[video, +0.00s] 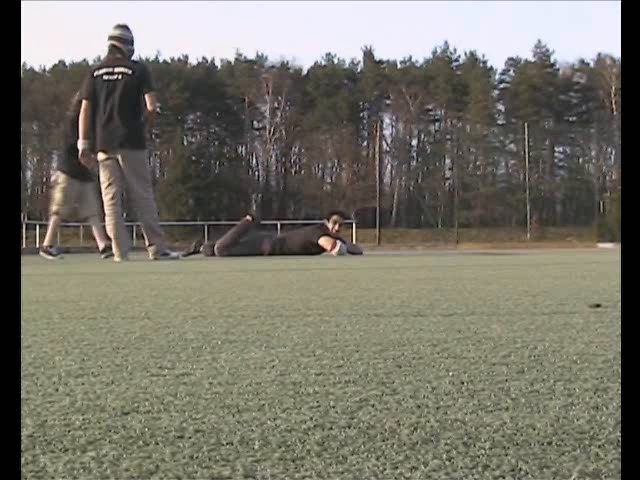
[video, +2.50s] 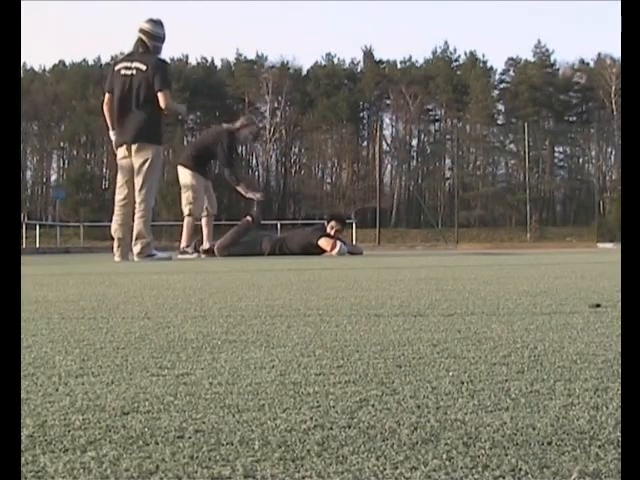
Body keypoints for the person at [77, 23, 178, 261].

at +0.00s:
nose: (132, 51)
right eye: (131, 47)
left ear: (109, 44)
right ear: (130, 46)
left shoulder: (94, 72)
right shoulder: (139, 69)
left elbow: (85, 109)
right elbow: (152, 107)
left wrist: (82, 143)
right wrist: (146, 121)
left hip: (102, 142)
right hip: (132, 141)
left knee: (110, 197)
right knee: (142, 193)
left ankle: (119, 251)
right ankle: (157, 245)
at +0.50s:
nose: (134, 49)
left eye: (132, 45)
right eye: (133, 45)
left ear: (111, 44)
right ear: (130, 45)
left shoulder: (94, 72)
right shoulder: (138, 69)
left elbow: (83, 109)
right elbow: (151, 104)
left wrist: (81, 141)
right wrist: (164, 137)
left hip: (102, 142)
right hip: (132, 142)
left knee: (110, 199)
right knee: (143, 194)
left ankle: (119, 253)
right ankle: (157, 246)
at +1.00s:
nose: (141, 48)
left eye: (141, 43)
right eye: (139, 43)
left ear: (118, 43)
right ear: (131, 43)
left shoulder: (100, 69)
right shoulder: (132, 65)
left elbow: (90, 108)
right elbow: (135, 101)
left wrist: (95, 138)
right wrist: (152, 134)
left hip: (106, 141)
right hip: (132, 139)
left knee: (114, 198)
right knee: (146, 191)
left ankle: (119, 250)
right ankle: (149, 245)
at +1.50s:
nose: (151, 46)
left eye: (151, 42)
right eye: (149, 42)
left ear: (128, 40)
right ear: (141, 42)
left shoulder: (113, 64)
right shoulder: (137, 63)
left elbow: (105, 107)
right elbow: (142, 101)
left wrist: (113, 133)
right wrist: (162, 129)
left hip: (112, 138)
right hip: (133, 137)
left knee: (116, 196)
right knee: (138, 195)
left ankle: (119, 250)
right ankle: (142, 247)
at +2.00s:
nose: (161, 48)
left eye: (162, 43)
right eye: (161, 43)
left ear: (140, 38)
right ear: (156, 42)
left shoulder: (118, 63)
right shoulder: (153, 64)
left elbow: (105, 100)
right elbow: (157, 100)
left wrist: (101, 135)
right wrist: (166, 132)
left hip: (119, 136)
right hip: (144, 136)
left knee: (122, 195)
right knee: (143, 195)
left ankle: (119, 250)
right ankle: (142, 247)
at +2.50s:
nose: (162, 46)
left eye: (162, 42)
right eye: (161, 42)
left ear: (140, 37)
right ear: (157, 41)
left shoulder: (119, 64)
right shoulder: (156, 64)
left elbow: (107, 102)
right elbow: (165, 103)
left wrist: (113, 130)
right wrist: (181, 109)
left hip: (121, 136)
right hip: (147, 136)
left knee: (122, 194)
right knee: (145, 194)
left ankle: (119, 249)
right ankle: (142, 247)